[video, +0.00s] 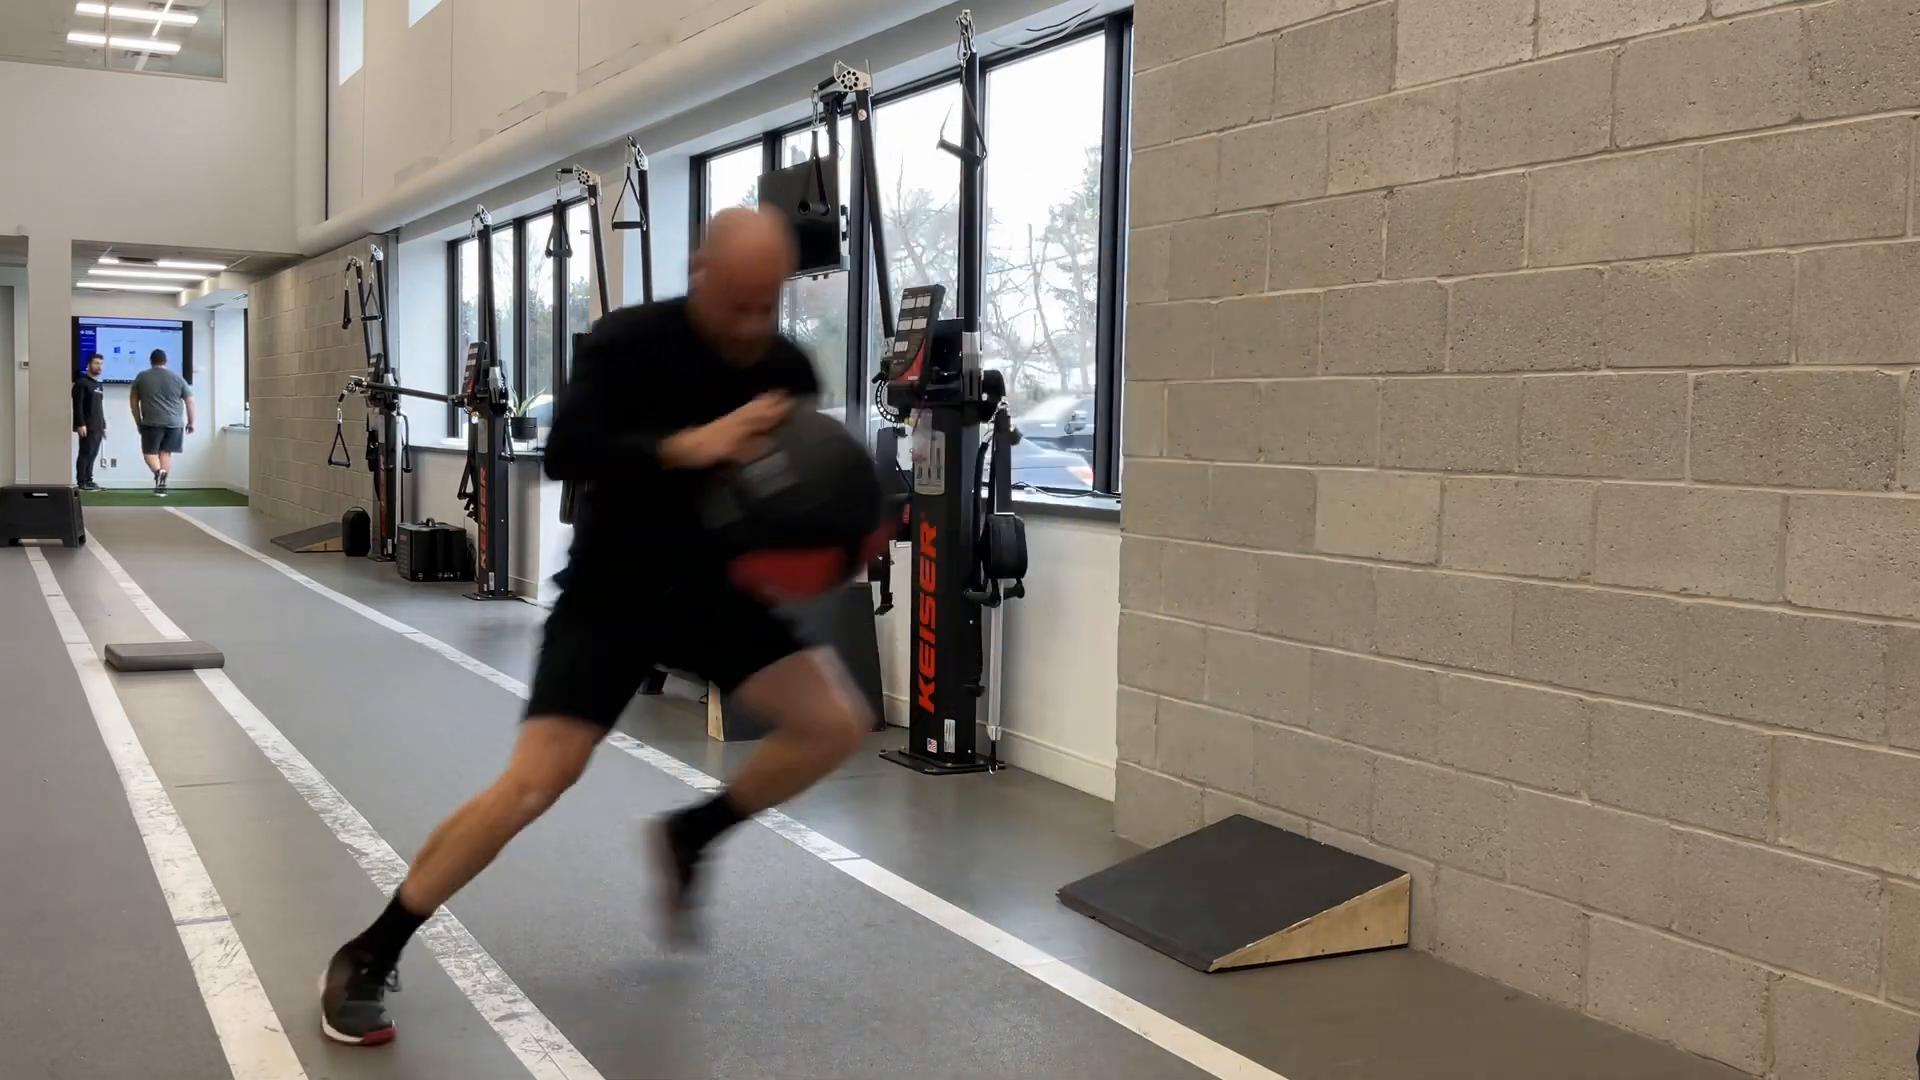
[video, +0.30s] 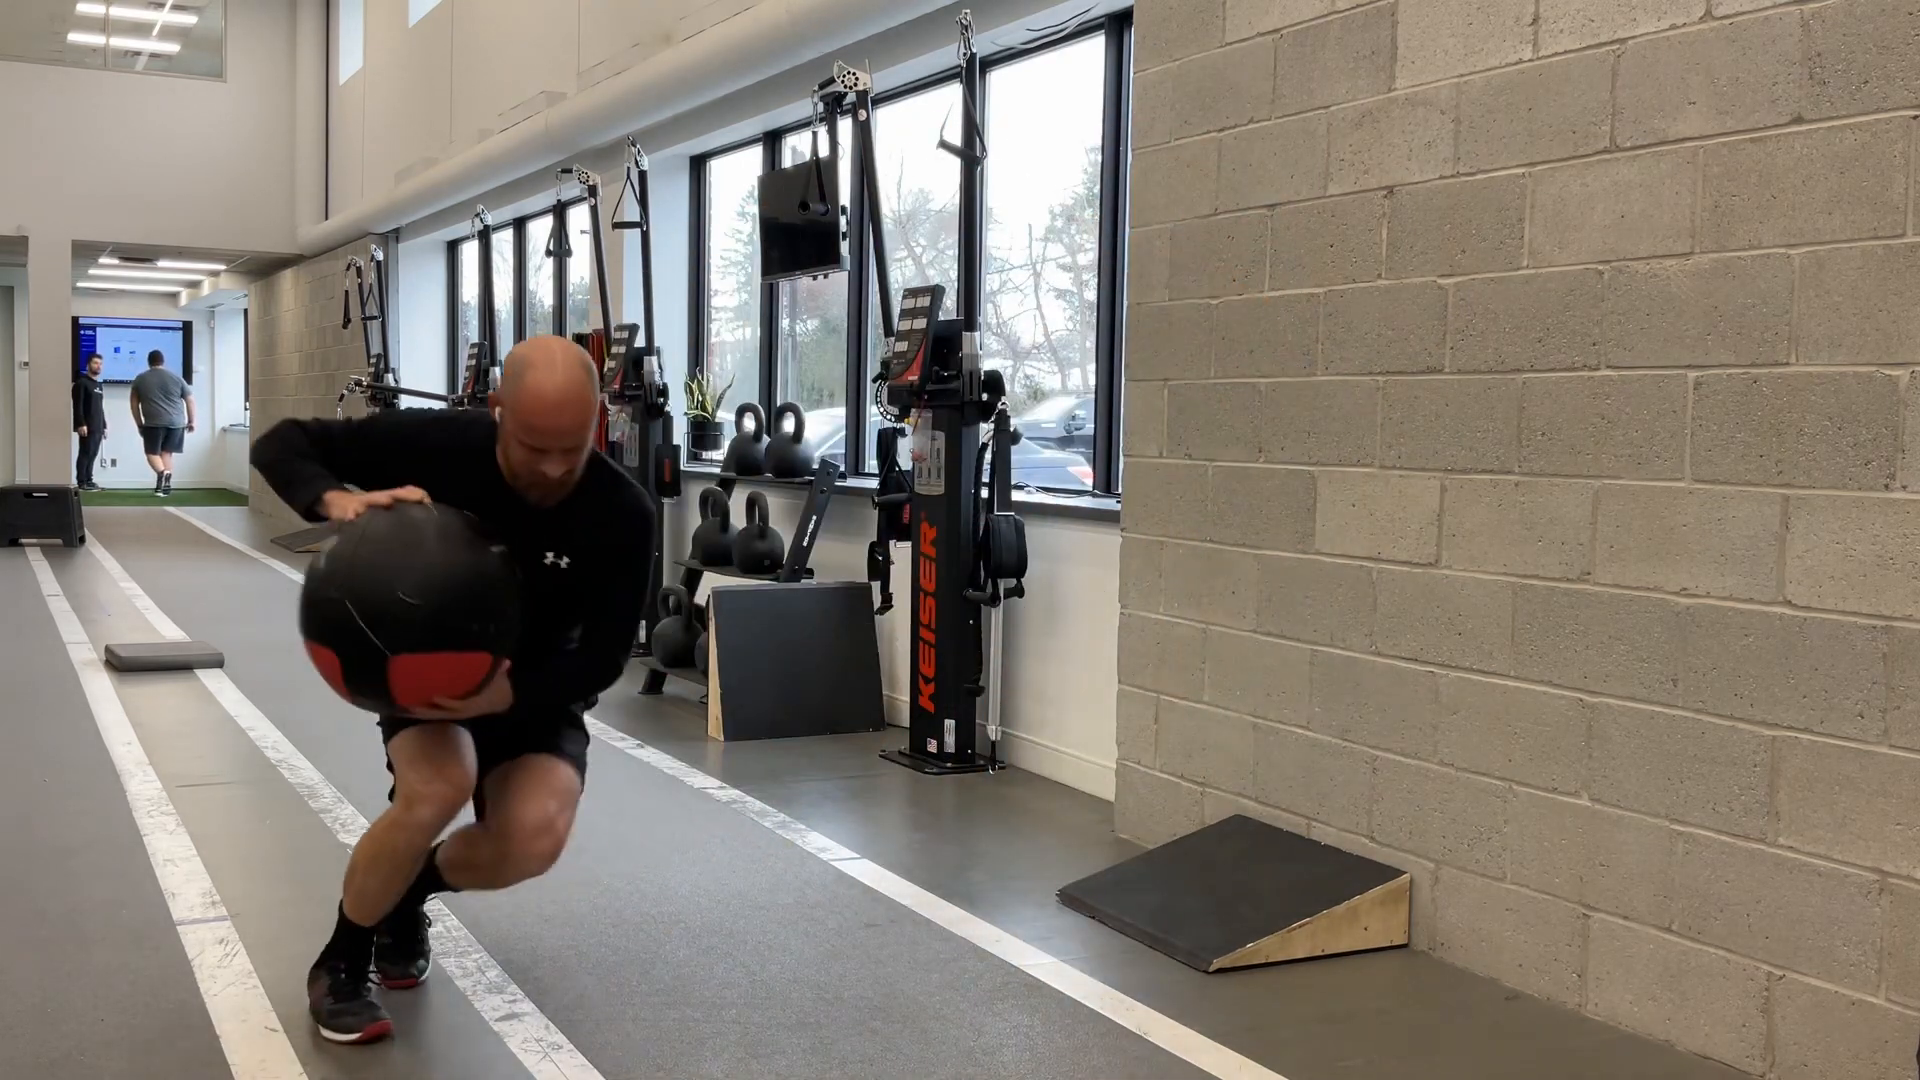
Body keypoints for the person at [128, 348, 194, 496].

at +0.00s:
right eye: (163, 361)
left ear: (151, 362)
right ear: (166, 362)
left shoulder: (142, 377)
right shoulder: (176, 378)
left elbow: (133, 402)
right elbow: (190, 400)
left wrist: (138, 421)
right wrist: (191, 422)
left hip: (152, 423)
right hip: (174, 424)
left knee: (150, 453)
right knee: (166, 452)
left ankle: (158, 471)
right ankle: (162, 486)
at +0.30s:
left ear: (149, 362)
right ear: (163, 362)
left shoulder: (141, 378)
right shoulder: (175, 377)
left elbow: (134, 404)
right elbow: (189, 398)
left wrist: (139, 424)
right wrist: (191, 421)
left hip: (153, 423)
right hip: (176, 424)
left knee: (152, 453)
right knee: (167, 453)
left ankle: (162, 471)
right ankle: (166, 487)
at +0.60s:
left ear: (153, 360)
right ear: (168, 360)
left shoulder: (143, 376)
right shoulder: (178, 377)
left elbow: (134, 400)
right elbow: (190, 399)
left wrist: (138, 418)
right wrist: (190, 422)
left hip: (150, 422)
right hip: (173, 423)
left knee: (148, 451)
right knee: (164, 452)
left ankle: (157, 470)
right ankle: (160, 487)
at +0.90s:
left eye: (161, 360)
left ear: (158, 360)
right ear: (173, 361)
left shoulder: (147, 374)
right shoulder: (181, 378)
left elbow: (135, 396)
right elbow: (190, 403)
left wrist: (137, 415)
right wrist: (189, 425)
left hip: (147, 420)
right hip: (169, 423)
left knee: (142, 448)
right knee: (163, 454)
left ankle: (145, 469)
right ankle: (159, 487)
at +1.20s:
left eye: (161, 359)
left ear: (159, 359)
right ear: (173, 360)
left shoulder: (146, 373)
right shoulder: (181, 379)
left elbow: (134, 396)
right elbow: (190, 403)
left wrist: (136, 415)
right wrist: (188, 426)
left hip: (146, 420)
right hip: (169, 423)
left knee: (140, 448)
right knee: (163, 453)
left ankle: (141, 469)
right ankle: (159, 488)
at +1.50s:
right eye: (166, 358)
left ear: (154, 359)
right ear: (169, 360)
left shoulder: (144, 375)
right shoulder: (178, 377)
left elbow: (133, 397)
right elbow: (189, 401)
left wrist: (134, 417)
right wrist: (189, 423)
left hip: (148, 422)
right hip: (170, 423)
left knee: (147, 451)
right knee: (163, 452)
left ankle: (153, 473)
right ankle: (159, 488)